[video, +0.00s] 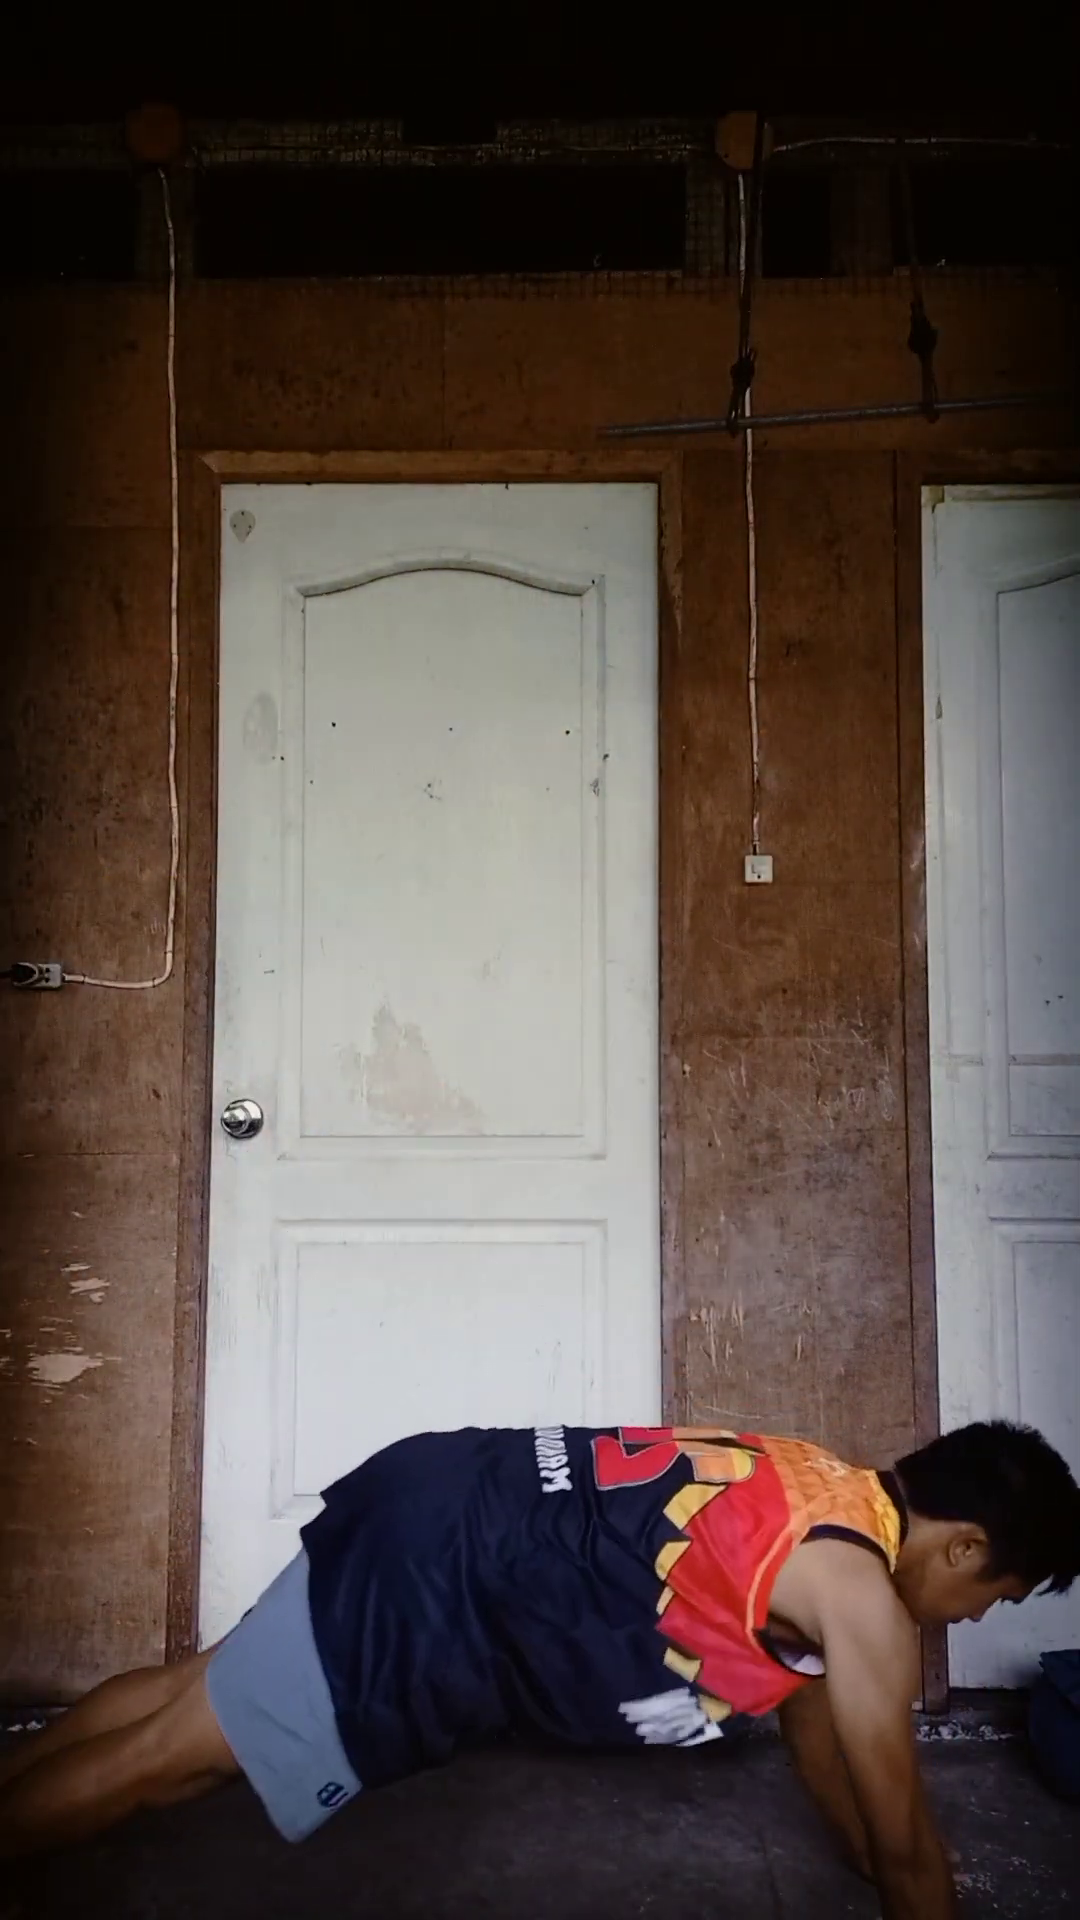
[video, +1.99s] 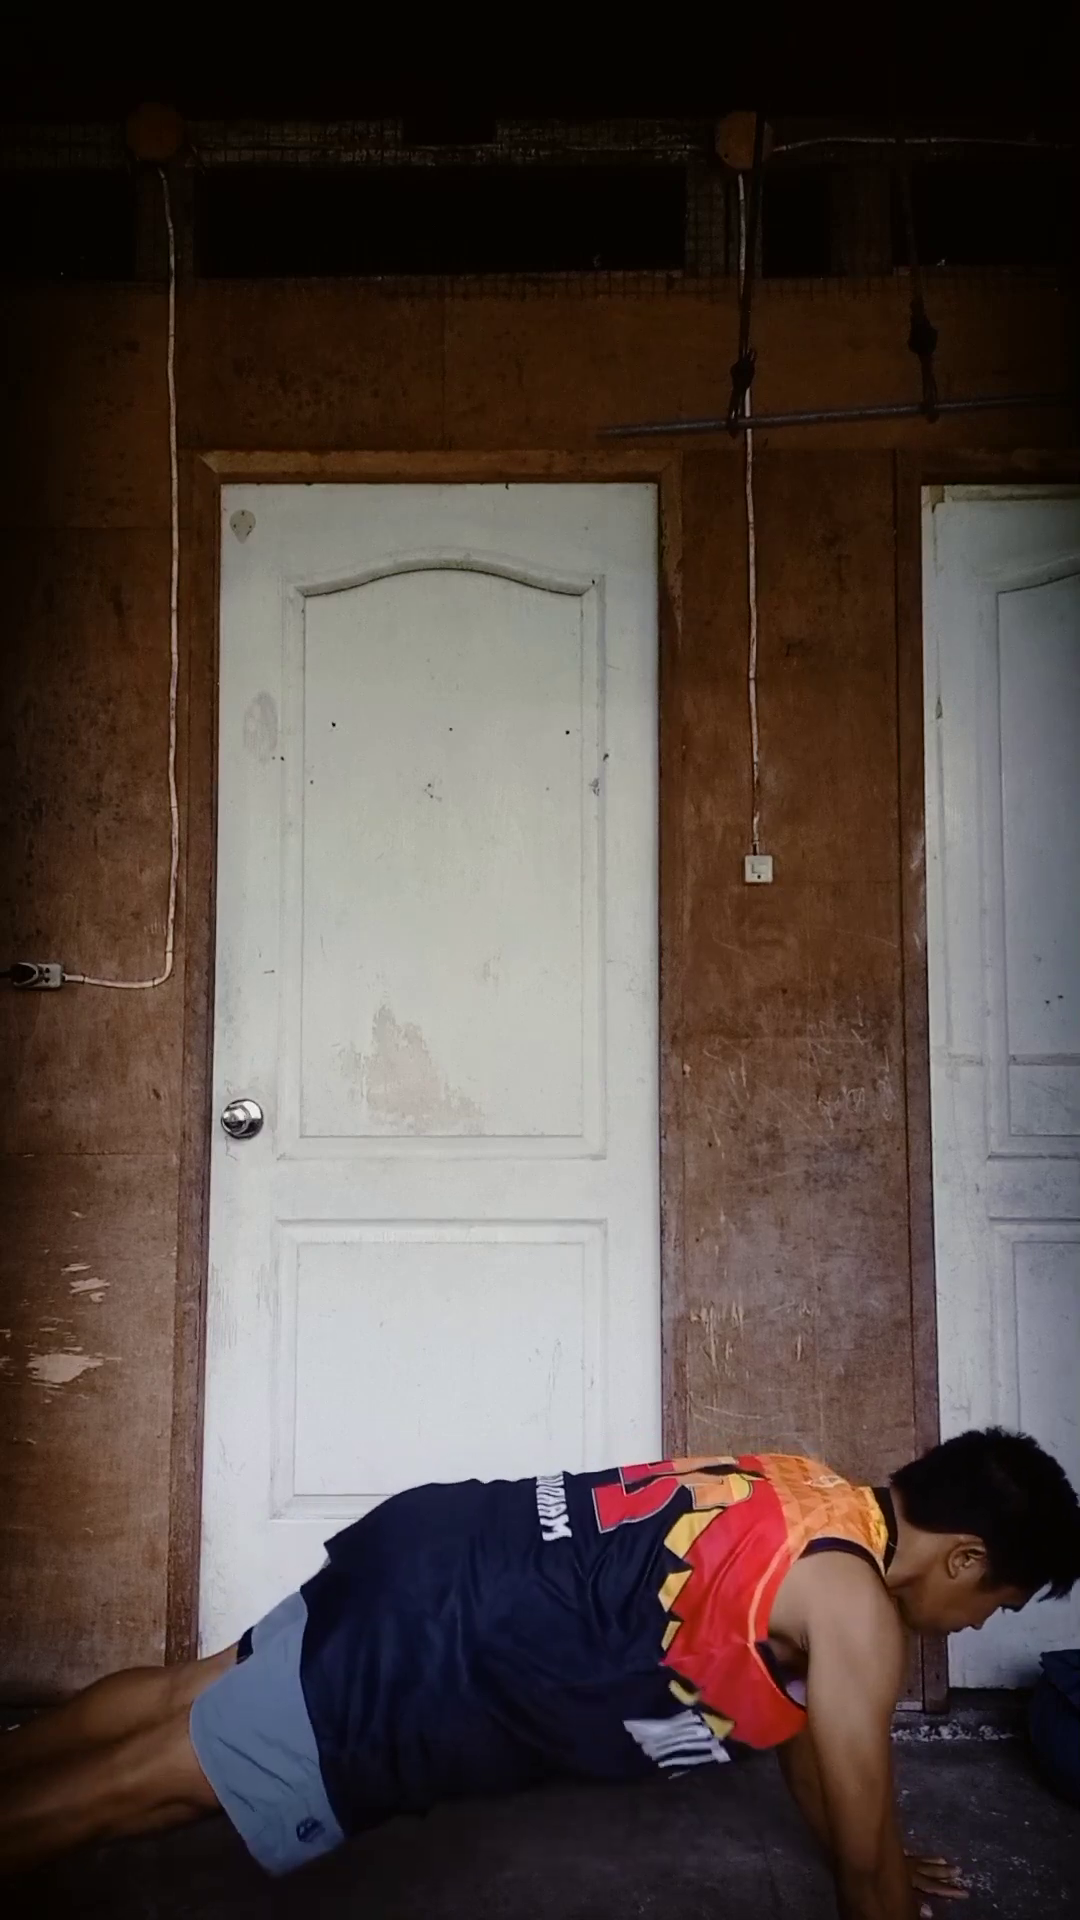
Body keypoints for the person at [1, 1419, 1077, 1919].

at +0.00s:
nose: (984, 1613)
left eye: (1005, 1596)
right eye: (1000, 1589)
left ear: (938, 1490)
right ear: (965, 1542)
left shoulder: (824, 1481)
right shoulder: (862, 1606)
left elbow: (816, 1736)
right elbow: (902, 1843)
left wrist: (888, 1870)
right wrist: (945, 1916)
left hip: (437, 1491)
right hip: (440, 1581)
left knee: (183, 1690)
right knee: (159, 1760)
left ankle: (8, 1782)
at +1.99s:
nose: (980, 1623)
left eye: (1001, 1606)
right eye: (996, 1599)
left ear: (931, 1492)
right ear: (964, 1557)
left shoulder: (810, 1483)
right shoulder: (851, 1617)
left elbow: (809, 1714)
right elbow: (864, 1865)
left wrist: (884, 1852)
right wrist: (905, 1896)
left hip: (437, 1537)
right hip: (438, 1644)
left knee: (192, 1688)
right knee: (143, 1787)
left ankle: (2, 1767)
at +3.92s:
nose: (1005, 1637)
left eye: (1024, 1618)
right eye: (1022, 1614)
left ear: (952, 1505)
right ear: (987, 1572)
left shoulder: (829, 1494)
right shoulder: (875, 1628)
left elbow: (791, 1699)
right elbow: (864, 1882)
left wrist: (868, 1838)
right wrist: (906, 1888)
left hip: (467, 1584)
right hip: (461, 1697)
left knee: (216, 1706)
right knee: (162, 1807)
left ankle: (3, 1768)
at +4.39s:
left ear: (1033, 1645)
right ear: (1075, 1731)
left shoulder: (912, 1630)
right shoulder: (957, 1767)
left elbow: (783, 1744)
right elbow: (828, 1906)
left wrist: (893, 1844)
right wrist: (922, 1874)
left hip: (548, 1675)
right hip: (533, 1805)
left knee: (272, 1758)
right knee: (229, 1862)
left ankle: (23, 1762)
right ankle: (15, 1868)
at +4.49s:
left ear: (1038, 1684)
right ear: (1069, 1762)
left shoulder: (934, 1671)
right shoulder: (979, 1800)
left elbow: (769, 1716)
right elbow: (832, 1898)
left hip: (583, 1701)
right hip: (577, 1826)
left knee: (281, 1771)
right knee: (255, 1867)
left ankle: (26, 1758)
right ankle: (26, 1869)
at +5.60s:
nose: (1062, 1637)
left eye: (1076, 1616)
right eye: (1076, 1611)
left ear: (1005, 1518)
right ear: (1048, 1577)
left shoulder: (875, 1514)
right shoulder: (929, 1633)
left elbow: (804, 1706)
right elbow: (873, 1875)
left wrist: (862, 1841)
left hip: (532, 1617)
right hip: (527, 1737)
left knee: (282, 1720)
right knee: (217, 1824)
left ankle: (30, 1758)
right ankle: (5, 1868)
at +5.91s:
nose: (1041, 1622)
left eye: (1056, 1605)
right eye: (1058, 1600)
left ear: (996, 1503)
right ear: (1030, 1559)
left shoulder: (861, 1491)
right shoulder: (916, 1624)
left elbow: (787, 1681)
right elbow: (875, 1878)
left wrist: (870, 1834)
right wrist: (918, 1892)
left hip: (514, 1605)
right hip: (515, 1730)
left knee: (276, 1711)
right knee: (210, 1818)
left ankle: (25, 1757)